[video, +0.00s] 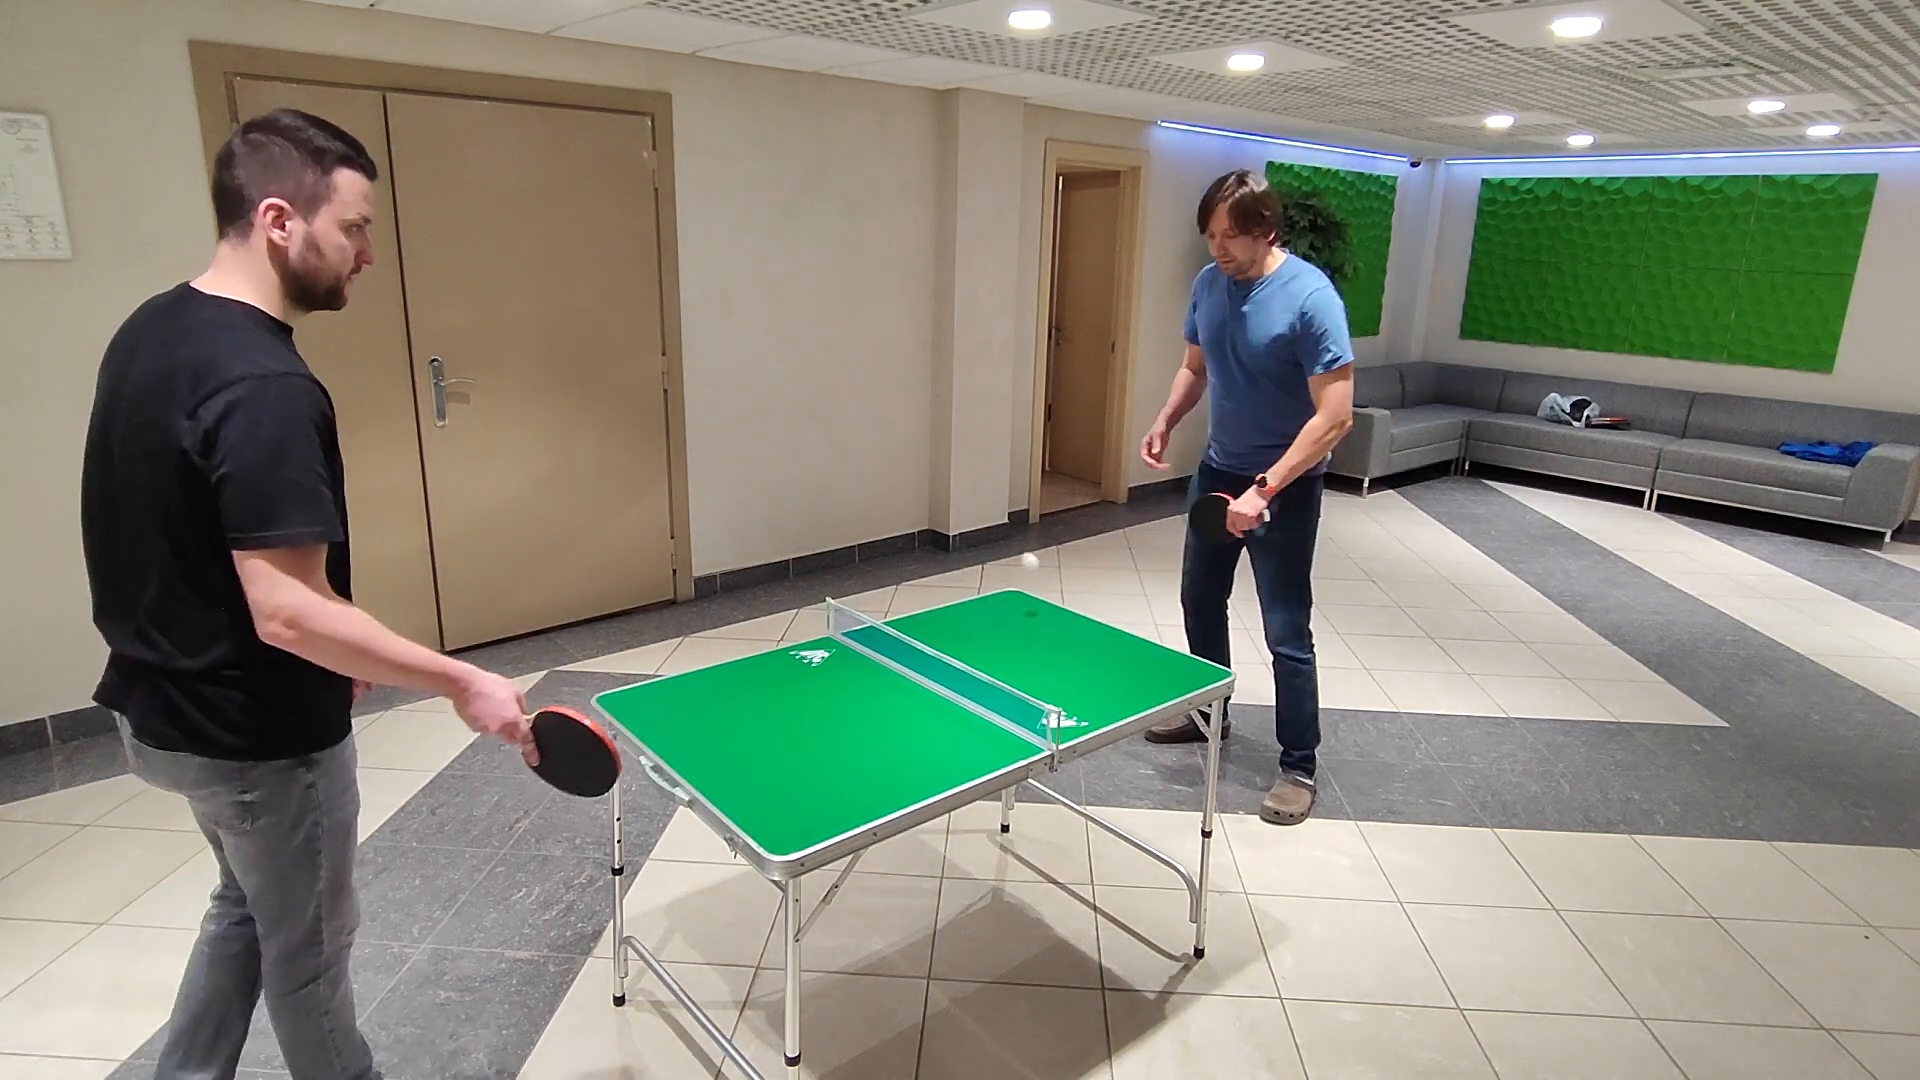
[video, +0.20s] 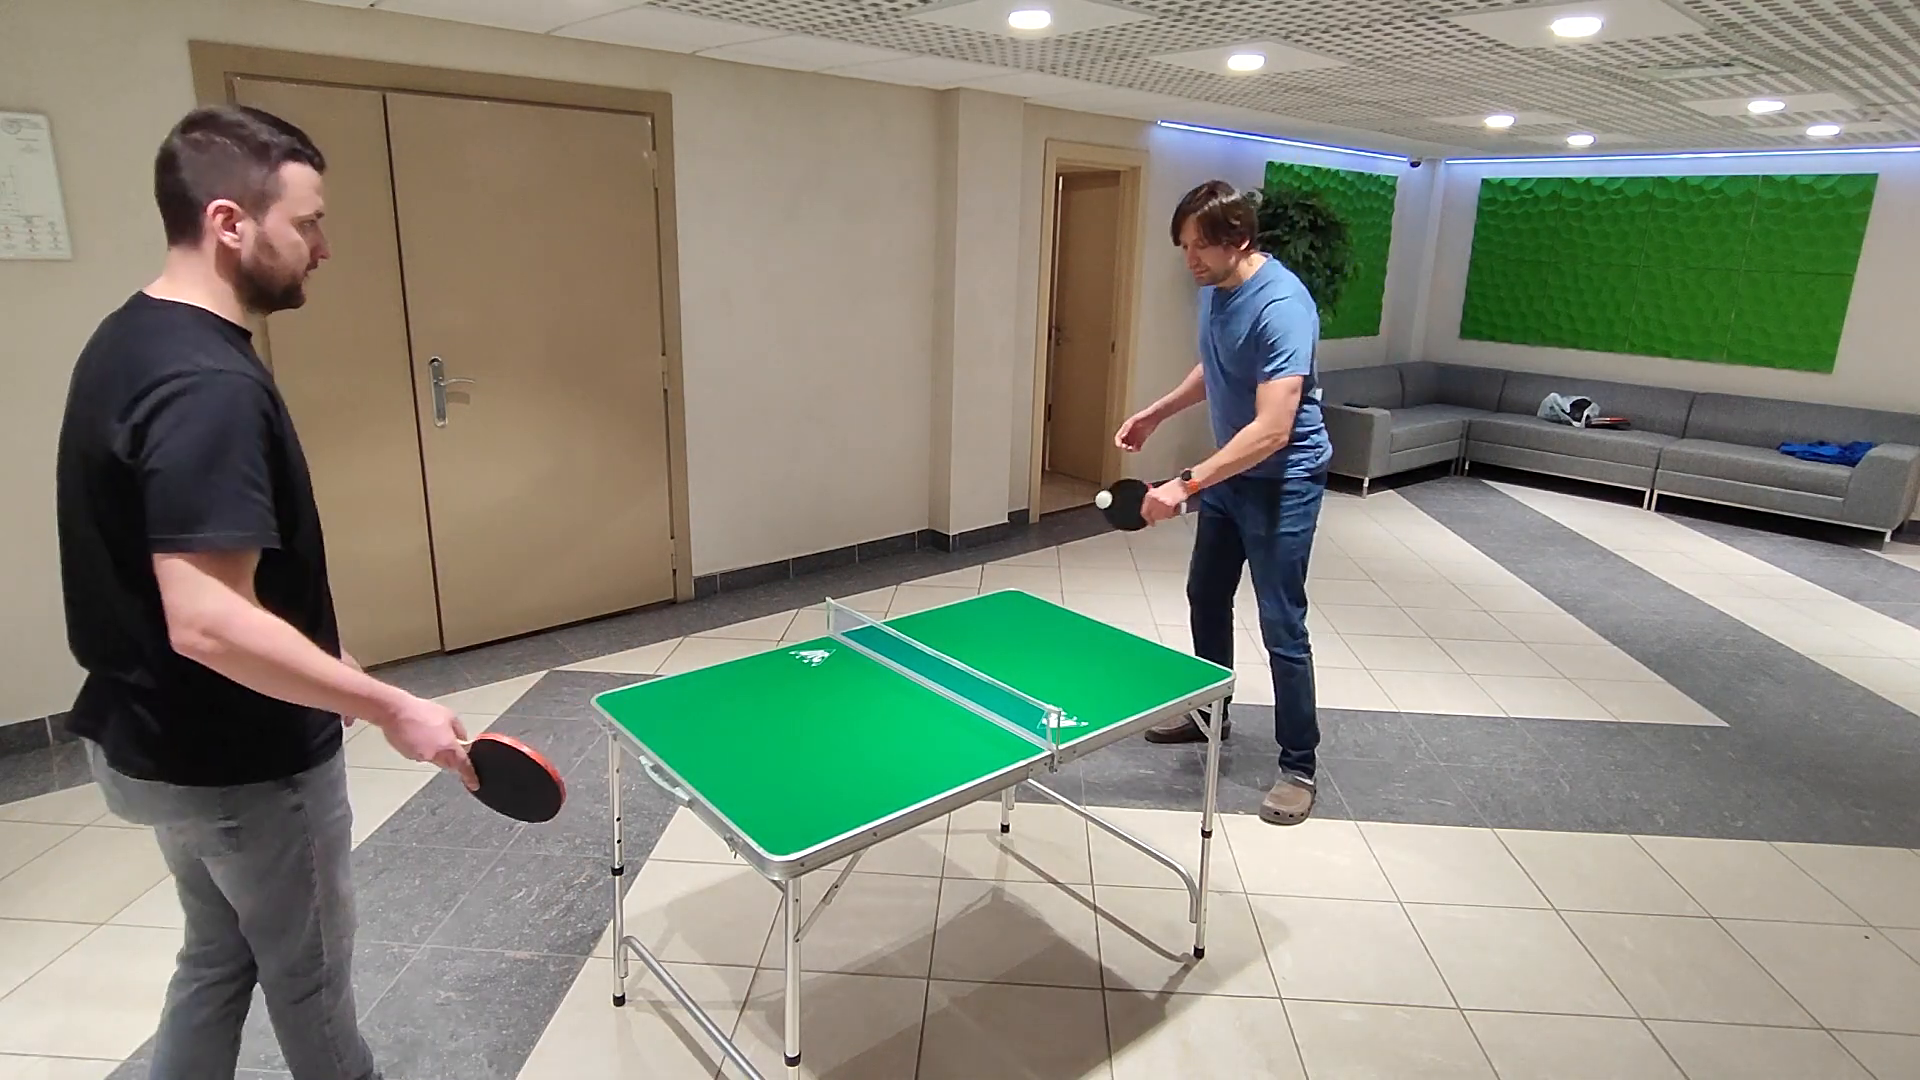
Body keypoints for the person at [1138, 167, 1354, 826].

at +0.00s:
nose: (1215, 248)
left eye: (1227, 237)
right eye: (1210, 236)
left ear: (1265, 233)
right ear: (1209, 233)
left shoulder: (1312, 299)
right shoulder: (1209, 283)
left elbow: (1336, 416)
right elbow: (1196, 367)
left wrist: (1263, 490)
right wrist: (1165, 421)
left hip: (1286, 486)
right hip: (1220, 474)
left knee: (1286, 635)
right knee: (1200, 604)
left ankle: (1297, 771)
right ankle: (1206, 712)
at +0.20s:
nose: (1188, 260)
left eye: (1196, 247)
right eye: (1185, 248)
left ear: (1235, 241)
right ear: (1214, 244)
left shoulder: (1281, 308)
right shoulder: (1220, 289)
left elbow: (1272, 430)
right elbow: (1216, 369)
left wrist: (1187, 484)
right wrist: (1154, 415)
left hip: (1281, 484)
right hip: (1225, 477)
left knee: (1282, 626)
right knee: (1207, 597)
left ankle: (1298, 770)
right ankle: (1209, 710)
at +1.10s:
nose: (1213, 232)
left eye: (1227, 222)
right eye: (1208, 221)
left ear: (1261, 229)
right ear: (1204, 226)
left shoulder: (1300, 295)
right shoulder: (1215, 283)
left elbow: (1333, 415)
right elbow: (1217, 371)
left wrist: (1273, 502)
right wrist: (1171, 432)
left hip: (1269, 492)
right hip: (1209, 477)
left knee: (1278, 636)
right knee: (1192, 601)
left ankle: (1297, 772)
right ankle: (1206, 711)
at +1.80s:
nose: (1199, 257)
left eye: (1209, 246)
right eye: (1197, 245)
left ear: (1249, 248)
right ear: (1209, 246)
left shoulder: (1297, 320)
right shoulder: (1211, 295)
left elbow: (1276, 443)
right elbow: (1209, 378)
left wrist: (1195, 510)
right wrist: (1178, 444)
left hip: (1291, 483)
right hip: (1231, 472)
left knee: (1291, 629)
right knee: (1204, 596)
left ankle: (1299, 771)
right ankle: (1206, 710)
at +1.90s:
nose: (1188, 265)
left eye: (1198, 254)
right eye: (1185, 253)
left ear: (1238, 255)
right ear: (1204, 254)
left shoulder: (1282, 328)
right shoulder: (1220, 301)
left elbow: (1244, 452)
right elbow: (1227, 382)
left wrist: (1156, 517)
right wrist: (1198, 448)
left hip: (1294, 485)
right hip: (1235, 479)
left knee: (1289, 627)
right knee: (1213, 595)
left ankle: (1299, 771)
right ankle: (1208, 711)